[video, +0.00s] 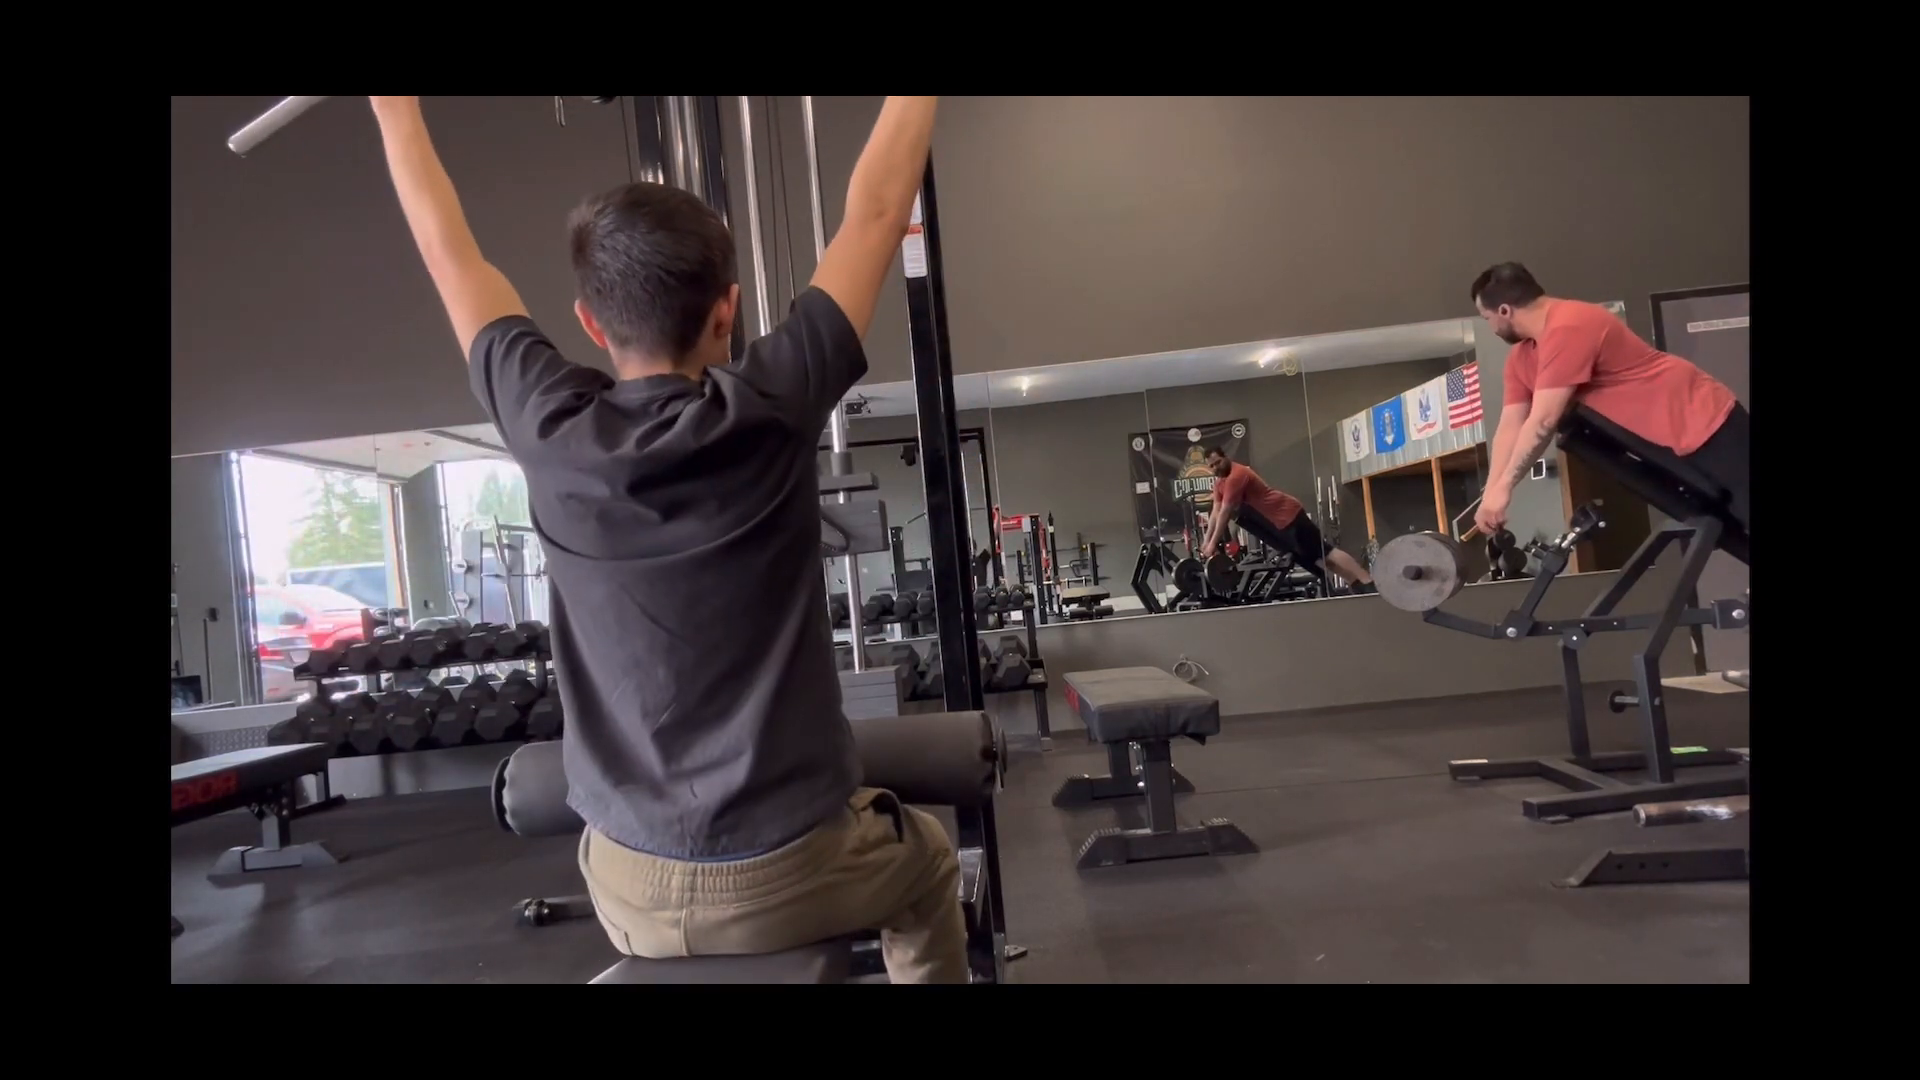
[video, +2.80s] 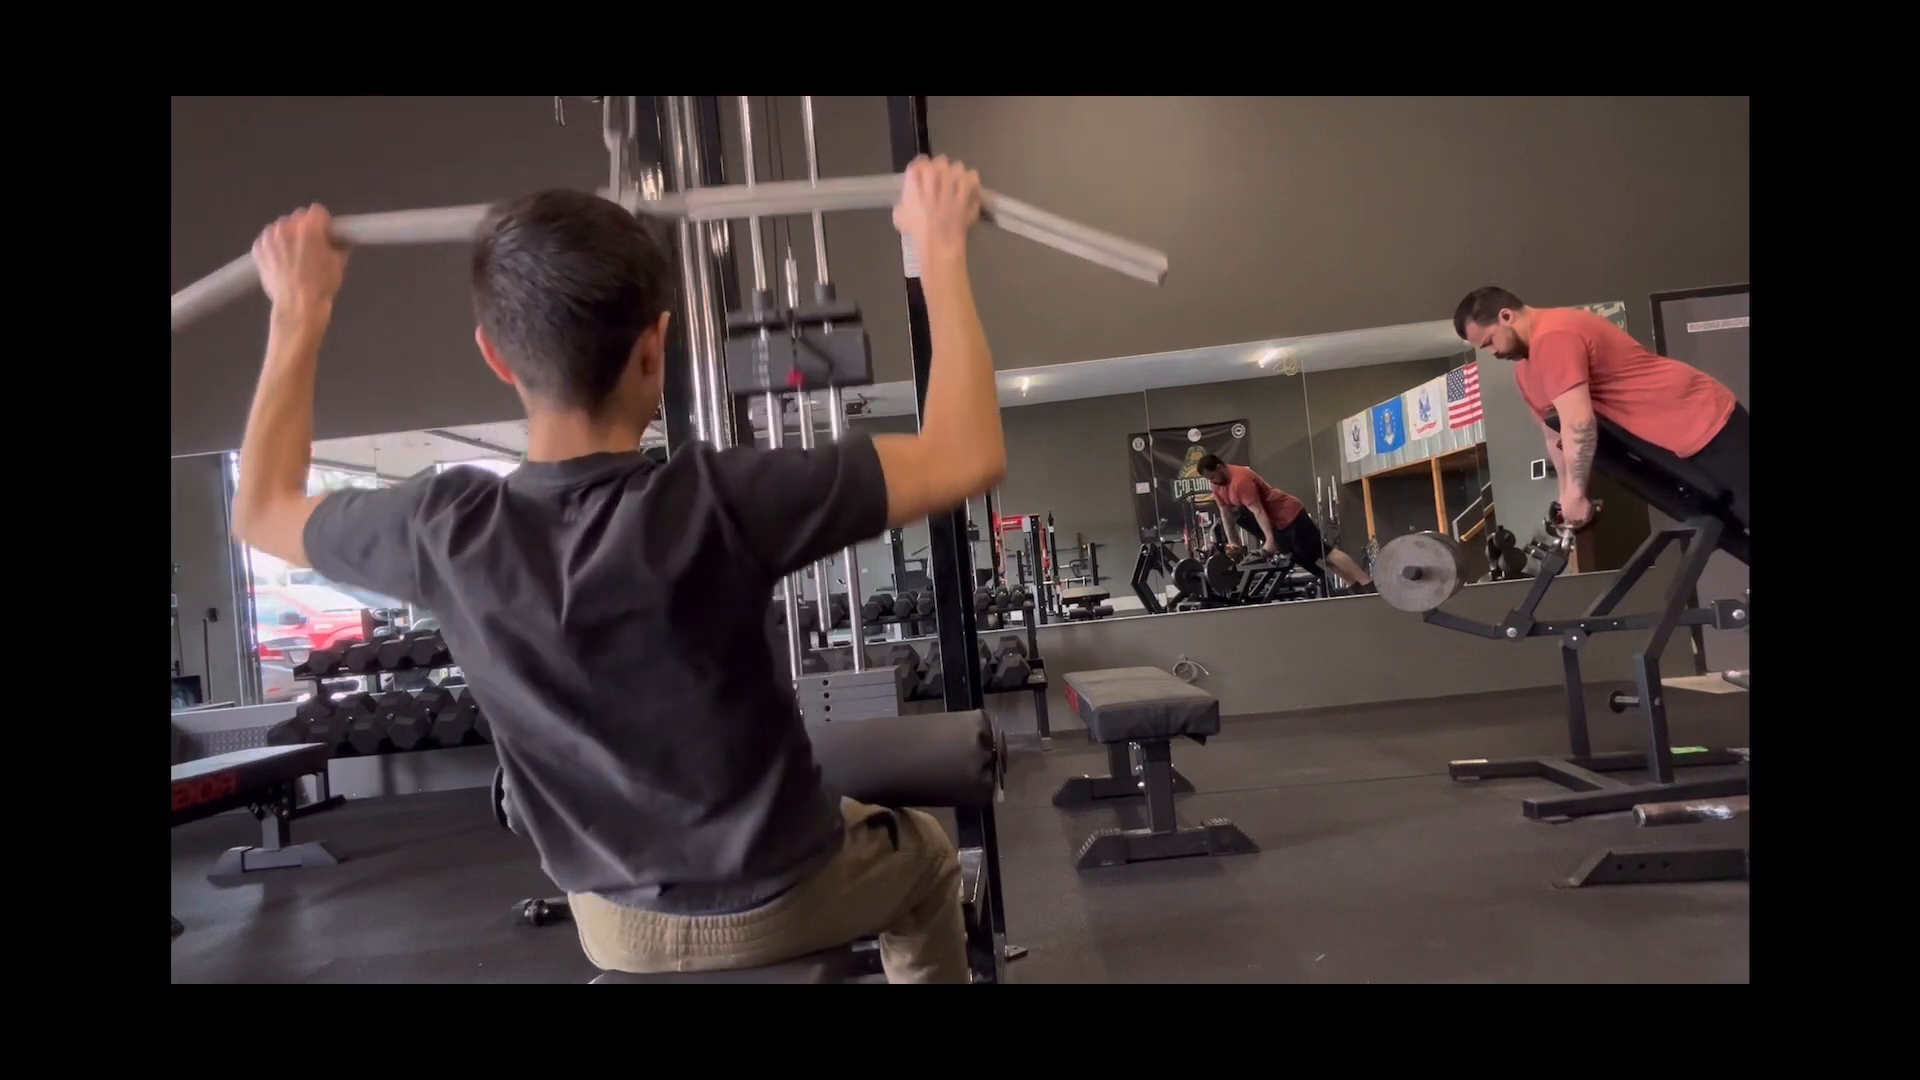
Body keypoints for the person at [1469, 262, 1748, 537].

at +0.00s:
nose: (1489, 325)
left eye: (1486, 317)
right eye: (1485, 318)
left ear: (1504, 311)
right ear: (1512, 308)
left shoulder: (1569, 324)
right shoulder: (1520, 358)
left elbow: (1543, 422)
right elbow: (1509, 424)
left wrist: (1503, 486)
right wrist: (1493, 491)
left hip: (1705, 420)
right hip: (1665, 446)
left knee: (1745, 518)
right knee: (1729, 531)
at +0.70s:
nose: (1496, 343)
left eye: (1493, 332)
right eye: (1489, 337)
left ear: (1513, 307)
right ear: (1511, 310)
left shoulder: (1570, 324)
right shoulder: (1526, 364)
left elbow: (1579, 417)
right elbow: (1535, 424)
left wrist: (1542, 480)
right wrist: (1530, 484)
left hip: (1709, 421)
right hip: (1672, 448)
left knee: (1745, 520)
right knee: (1732, 534)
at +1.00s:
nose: (1490, 356)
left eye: (1484, 346)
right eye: (1483, 350)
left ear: (1499, 326)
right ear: (1499, 329)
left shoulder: (1561, 329)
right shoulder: (1530, 373)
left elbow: (1591, 418)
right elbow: (1568, 431)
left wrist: (1578, 480)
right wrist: (1574, 486)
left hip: (1706, 423)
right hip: (1667, 453)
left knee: (1746, 515)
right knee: (1730, 534)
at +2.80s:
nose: (1492, 352)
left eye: (1488, 342)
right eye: (1483, 348)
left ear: (1507, 316)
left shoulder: (1553, 337)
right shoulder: (1524, 368)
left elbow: (1581, 427)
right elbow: (1554, 436)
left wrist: (1576, 496)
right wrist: (1568, 496)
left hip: (1704, 422)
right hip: (1671, 446)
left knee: (1746, 515)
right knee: (1730, 532)